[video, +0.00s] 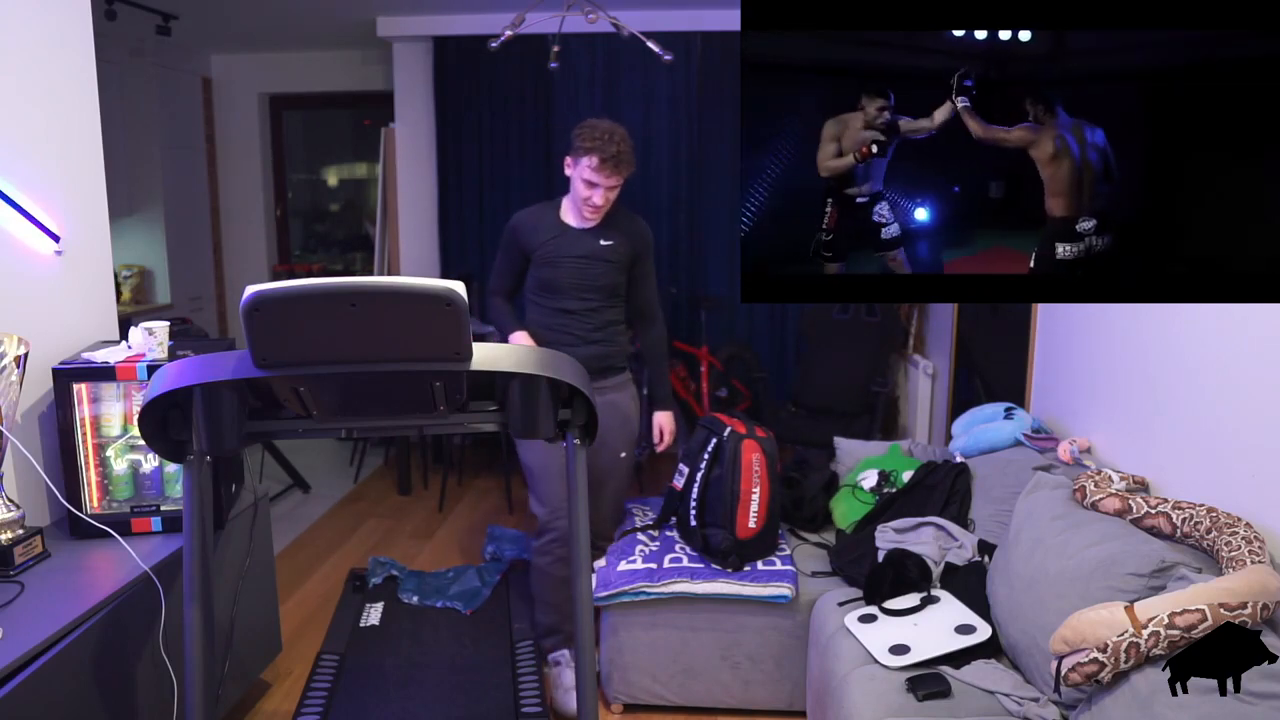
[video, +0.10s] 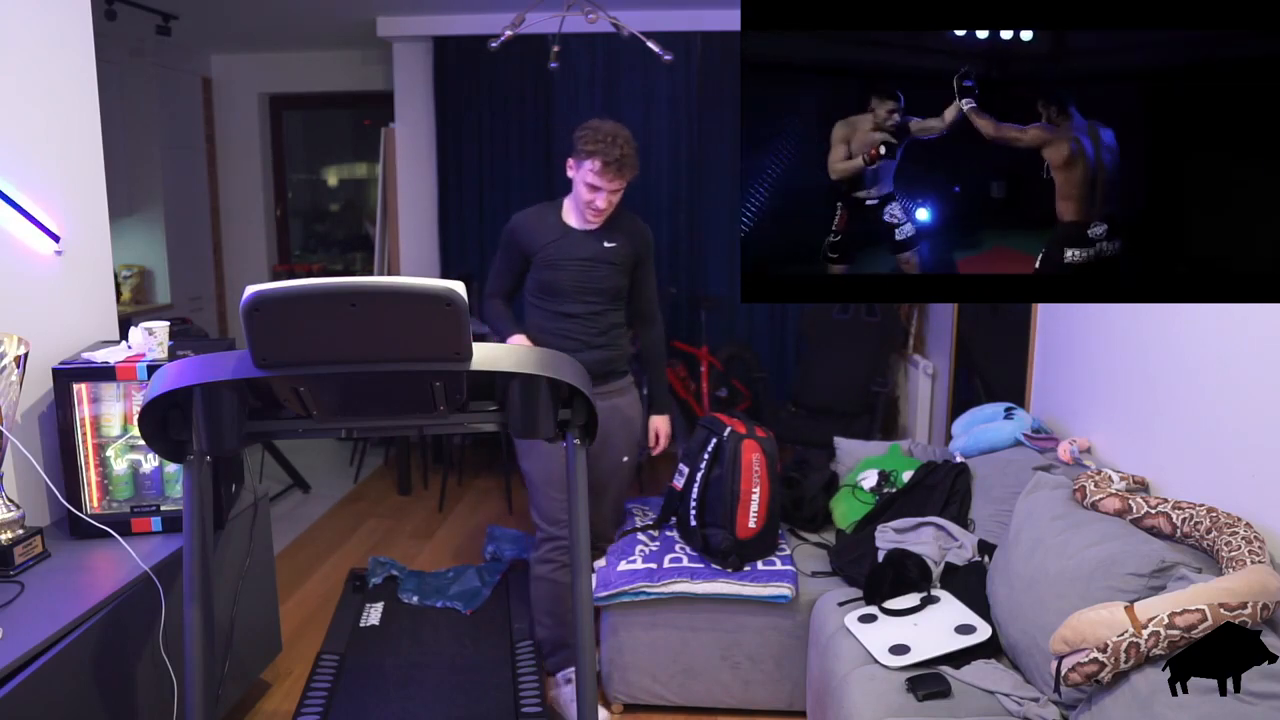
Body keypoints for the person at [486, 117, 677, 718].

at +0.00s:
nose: (599, 198)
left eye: (611, 187)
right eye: (591, 184)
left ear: (624, 183)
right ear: (569, 169)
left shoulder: (632, 234)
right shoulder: (528, 227)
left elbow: (649, 319)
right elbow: (498, 295)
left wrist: (662, 400)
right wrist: (514, 331)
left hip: (614, 396)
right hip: (543, 395)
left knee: (600, 530)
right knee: (560, 526)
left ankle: (586, 641)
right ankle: (558, 652)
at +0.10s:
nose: (602, 201)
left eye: (614, 190)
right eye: (593, 187)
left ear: (627, 185)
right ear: (569, 171)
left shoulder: (633, 235)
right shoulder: (528, 228)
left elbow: (648, 321)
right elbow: (494, 298)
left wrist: (659, 402)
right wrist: (513, 334)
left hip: (618, 400)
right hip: (547, 401)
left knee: (600, 538)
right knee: (560, 541)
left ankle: (593, 658)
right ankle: (560, 672)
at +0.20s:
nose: (603, 204)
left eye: (615, 194)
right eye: (593, 190)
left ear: (627, 187)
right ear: (570, 173)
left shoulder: (634, 237)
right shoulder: (528, 230)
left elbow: (646, 325)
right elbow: (489, 304)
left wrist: (655, 406)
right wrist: (513, 339)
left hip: (619, 404)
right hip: (547, 405)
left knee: (605, 541)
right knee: (558, 547)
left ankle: (604, 663)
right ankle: (562, 675)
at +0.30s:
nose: (602, 206)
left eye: (614, 195)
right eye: (591, 193)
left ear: (627, 186)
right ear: (568, 175)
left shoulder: (635, 236)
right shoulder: (525, 232)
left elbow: (644, 325)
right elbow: (486, 310)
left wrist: (651, 407)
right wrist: (518, 348)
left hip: (619, 409)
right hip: (546, 410)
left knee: (603, 546)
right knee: (557, 553)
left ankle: (599, 665)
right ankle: (564, 682)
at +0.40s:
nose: (599, 208)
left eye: (610, 196)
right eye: (587, 194)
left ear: (624, 184)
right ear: (562, 175)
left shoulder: (636, 234)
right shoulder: (524, 236)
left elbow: (645, 324)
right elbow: (487, 320)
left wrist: (651, 406)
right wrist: (529, 367)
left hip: (619, 414)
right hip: (545, 417)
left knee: (599, 550)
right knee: (553, 559)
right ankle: (566, 686)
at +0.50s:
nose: (597, 208)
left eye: (608, 195)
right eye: (585, 195)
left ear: (622, 181)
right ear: (558, 175)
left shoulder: (635, 231)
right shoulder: (523, 238)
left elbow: (649, 321)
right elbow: (489, 327)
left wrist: (660, 405)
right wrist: (529, 382)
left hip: (622, 419)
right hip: (545, 424)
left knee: (605, 556)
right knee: (554, 564)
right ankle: (565, 685)